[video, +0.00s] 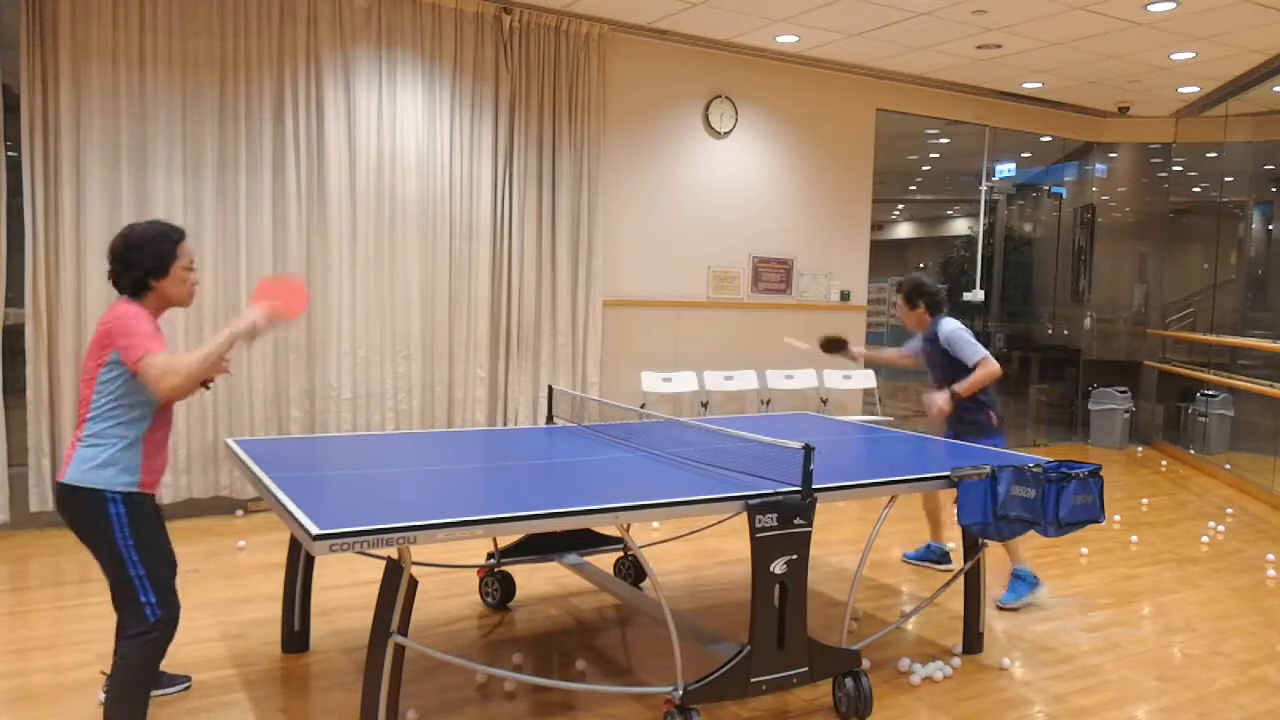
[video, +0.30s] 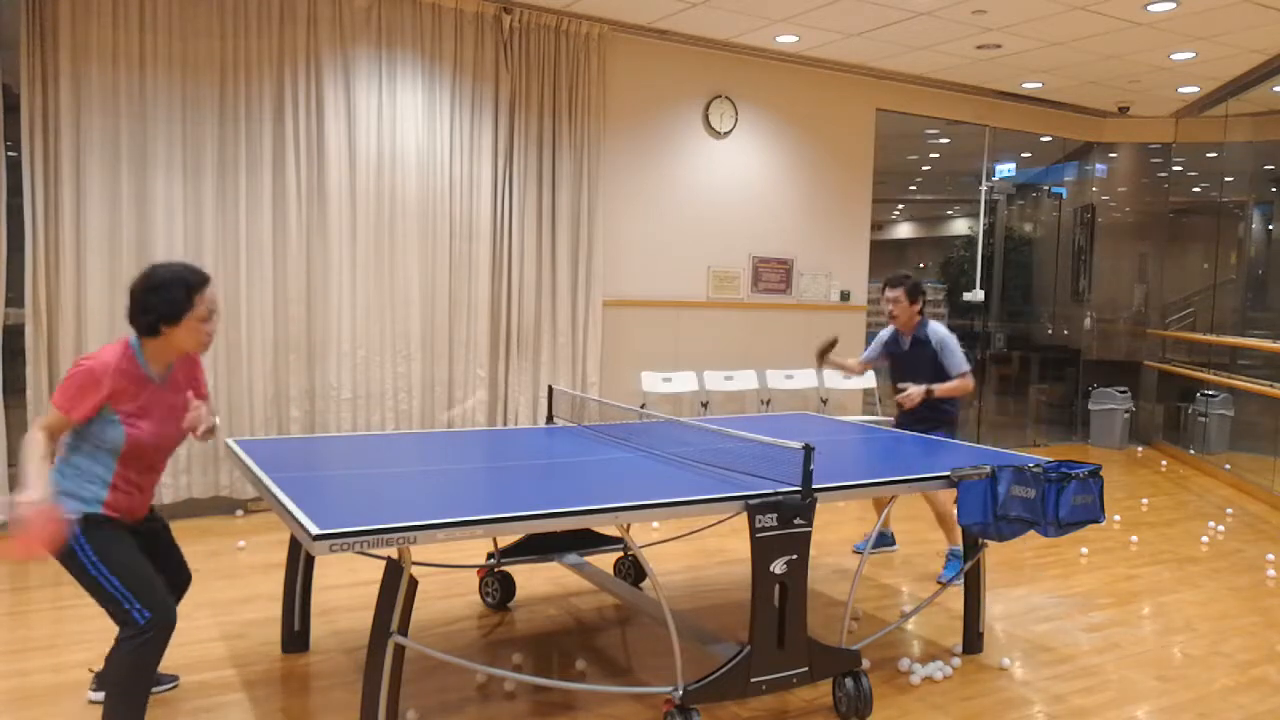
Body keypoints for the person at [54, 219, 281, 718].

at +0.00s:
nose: (195, 272)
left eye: (192, 262)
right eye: (186, 264)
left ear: (156, 276)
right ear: (155, 275)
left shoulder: (142, 322)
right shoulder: (127, 318)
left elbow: (156, 390)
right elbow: (166, 380)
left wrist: (201, 375)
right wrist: (237, 330)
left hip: (124, 485)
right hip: (102, 488)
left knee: (155, 576)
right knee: (155, 612)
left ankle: (130, 676)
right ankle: (122, 708)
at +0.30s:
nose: (213, 330)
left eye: (214, 318)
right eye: (205, 319)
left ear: (176, 324)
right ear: (167, 323)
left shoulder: (187, 366)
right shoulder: (103, 369)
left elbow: (202, 424)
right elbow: (42, 431)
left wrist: (204, 420)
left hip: (131, 512)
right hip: (79, 513)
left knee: (173, 579)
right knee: (151, 617)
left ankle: (116, 675)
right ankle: (122, 709)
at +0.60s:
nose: (199, 292)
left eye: (200, 281)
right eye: (191, 280)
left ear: (151, 281)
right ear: (152, 279)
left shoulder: (132, 323)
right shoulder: (121, 319)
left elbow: (176, 381)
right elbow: (172, 378)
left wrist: (231, 341)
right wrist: (238, 327)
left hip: (71, 497)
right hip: (83, 502)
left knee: (104, 605)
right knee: (158, 627)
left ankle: (86, 706)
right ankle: (117, 714)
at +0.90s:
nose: (177, 270)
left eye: (176, 259)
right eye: (168, 261)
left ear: (129, 267)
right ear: (132, 266)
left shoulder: (109, 313)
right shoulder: (100, 310)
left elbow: (145, 382)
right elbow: (150, 380)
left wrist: (195, 343)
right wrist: (218, 331)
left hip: (48, 488)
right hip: (60, 492)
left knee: (70, 618)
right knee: (111, 634)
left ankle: (49, 711)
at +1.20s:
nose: (185, 319)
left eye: (184, 307)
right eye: (176, 309)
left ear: (141, 317)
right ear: (136, 316)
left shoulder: (146, 359)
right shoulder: (77, 366)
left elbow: (157, 422)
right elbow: (29, 462)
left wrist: (185, 448)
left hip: (69, 513)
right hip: (21, 517)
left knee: (105, 625)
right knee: (94, 641)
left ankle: (51, 706)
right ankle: (63, 714)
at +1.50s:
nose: (203, 375)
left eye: (206, 363)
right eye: (195, 364)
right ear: (153, 363)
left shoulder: (164, 405)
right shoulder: (84, 408)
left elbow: (165, 476)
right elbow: (16, 481)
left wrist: (191, 516)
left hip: (70, 535)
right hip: (19, 536)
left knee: (129, 605)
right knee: (96, 636)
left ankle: (62, 704)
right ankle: (63, 713)